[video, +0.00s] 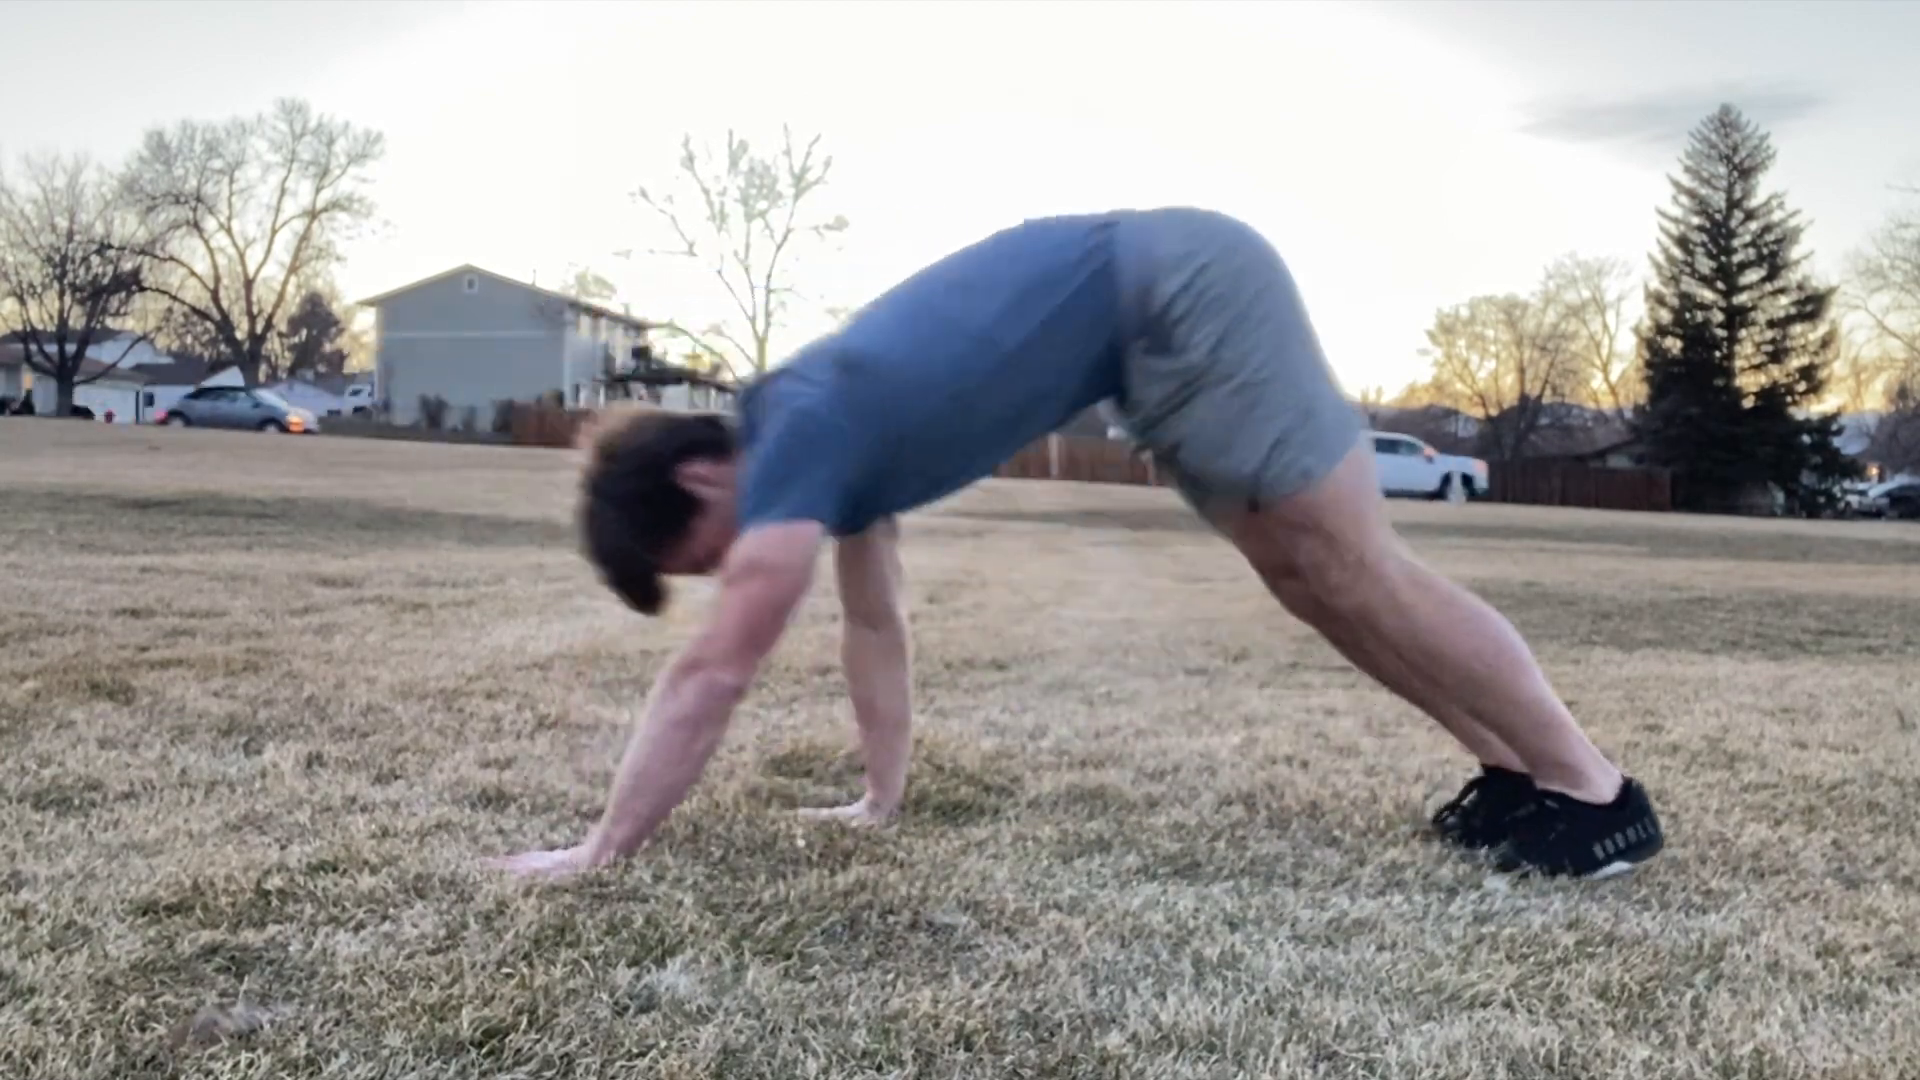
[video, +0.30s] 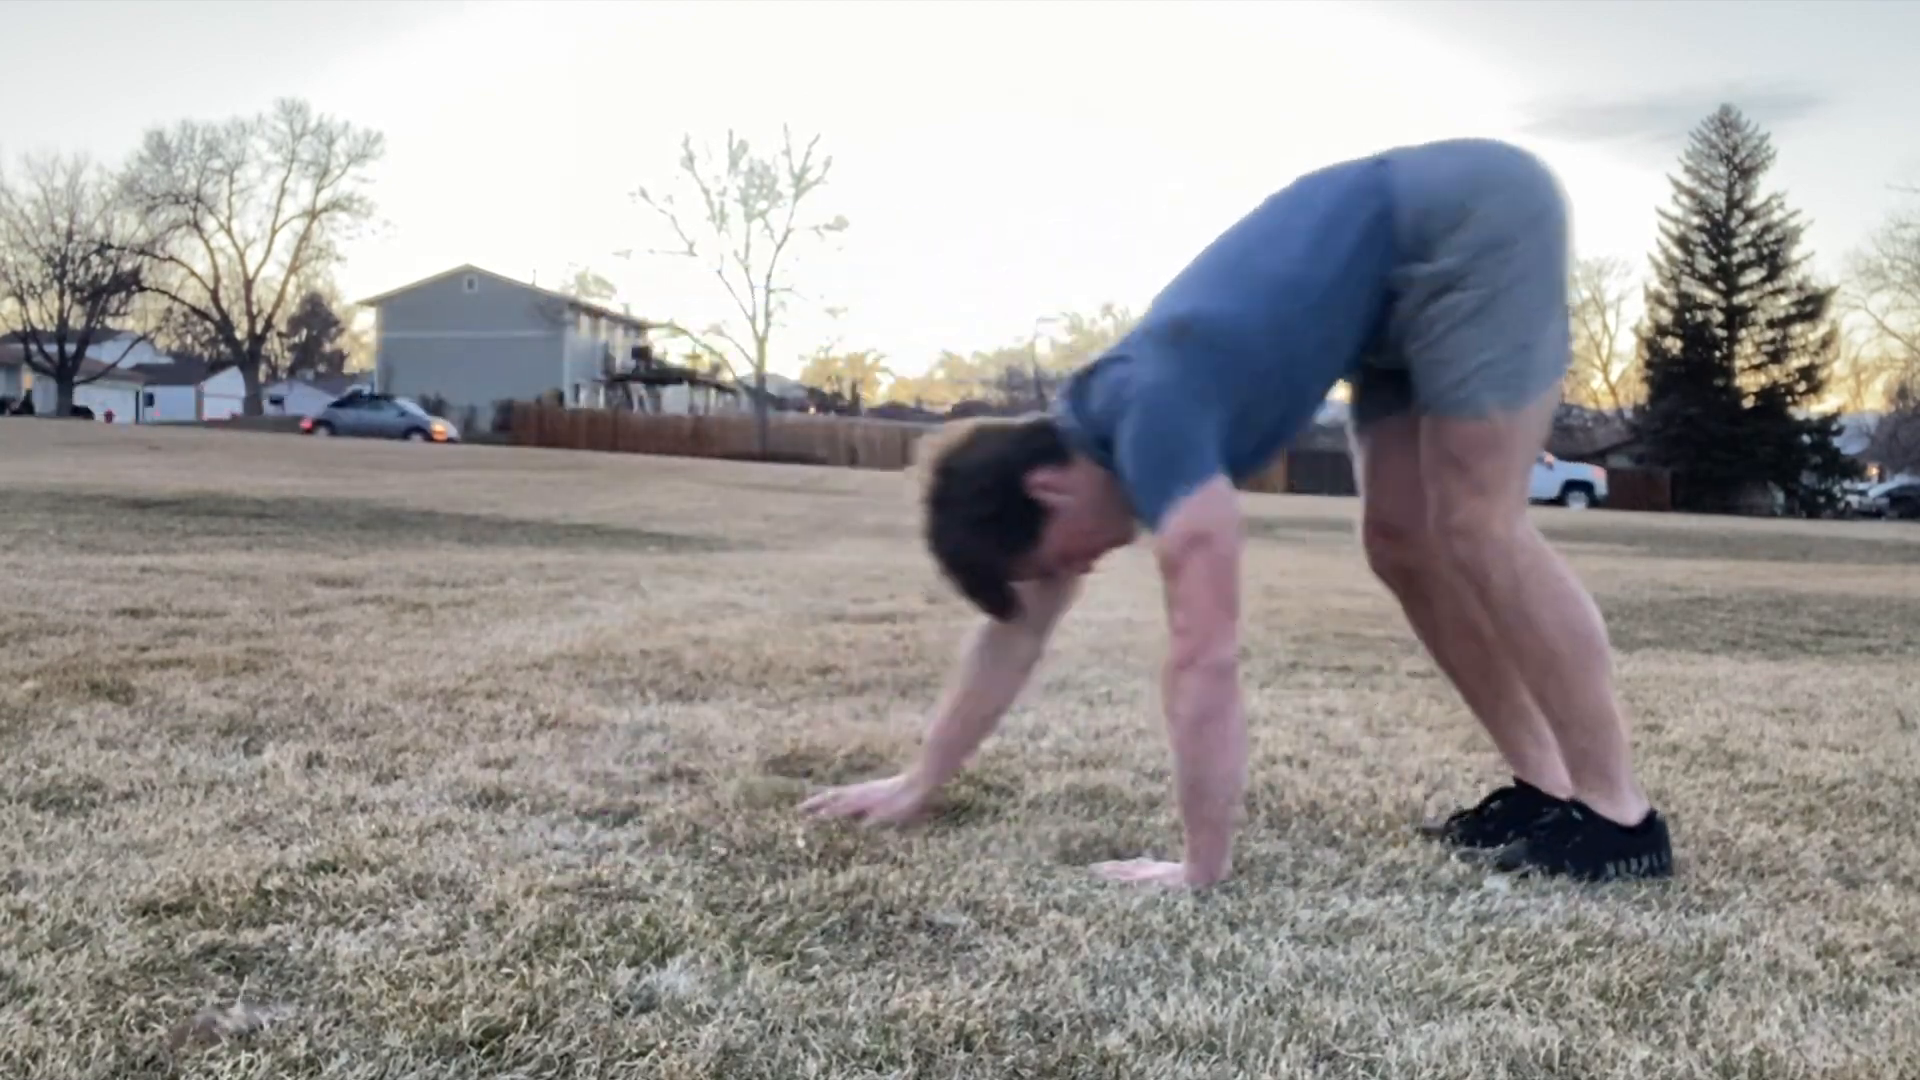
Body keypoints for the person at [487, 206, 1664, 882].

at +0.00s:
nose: (723, 570)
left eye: (703, 554)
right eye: (705, 563)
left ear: (699, 485)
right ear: (707, 479)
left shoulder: (795, 426)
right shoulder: (824, 435)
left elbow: (717, 668)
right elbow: (874, 629)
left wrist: (604, 847)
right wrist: (885, 798)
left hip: (1184, 285)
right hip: (1149, 328)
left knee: (1355, 575)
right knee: (1313, 584)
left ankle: (1598, 796)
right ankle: (1525, 775)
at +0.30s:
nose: (1078, 577)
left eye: (1056, 560)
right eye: (1053, 579)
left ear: (1048, 492)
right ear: (1042, 481)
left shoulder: (1159, 418)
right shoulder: (1080, 429)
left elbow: (1206, 661)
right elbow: (1015, 631)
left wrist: (1200, 869)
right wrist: (920, 785)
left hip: (1476, 209)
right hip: (1395, 254)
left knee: (1475, 526)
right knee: (1402, 544)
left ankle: (1621, 816)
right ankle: (1547, 790)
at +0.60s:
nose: (1240, 505)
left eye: (1221, 486)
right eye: (1218, 501)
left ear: (1230, 411)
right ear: (1230, 400)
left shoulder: (1366, 340)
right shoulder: (1273, 367)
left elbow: (1424, 584)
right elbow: (1288, 583)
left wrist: (1348, 764)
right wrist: (1276, 767)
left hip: (1670, 216)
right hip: (1558, 258)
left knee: (1599, 512)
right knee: (1504, 521)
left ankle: (1642, 826)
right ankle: (1563, 791)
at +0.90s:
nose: (1244, 438)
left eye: (1226, 416)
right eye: (1220, 431)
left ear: (1252, 341)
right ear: (1250, 335)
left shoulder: (1404, 308)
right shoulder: (1322, 343)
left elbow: (1479, 547)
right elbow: (1322, 532)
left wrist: (1501, 752)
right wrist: (1297, 712)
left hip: (1722, 224)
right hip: (1612, 259)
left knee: (1621, 509)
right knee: (1540, 506)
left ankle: (1646, 824)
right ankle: (1571, 791)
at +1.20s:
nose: (1189, 452)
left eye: (1173, 429)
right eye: (1168, 444)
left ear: (1209, 357)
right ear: (1217, 350)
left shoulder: (1319, 325)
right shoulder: (1300, 347)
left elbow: (1225, 558)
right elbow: (1374, 539)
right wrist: (1427, 714)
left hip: (1680, 215)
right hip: (1575, 261)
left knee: (1593, 515)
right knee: (1510, 516)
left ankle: (1645, 827)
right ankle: (1571, 788)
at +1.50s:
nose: (1006, 504)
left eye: (995, 479)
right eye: (988, 489)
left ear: (1038, 415)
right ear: (1033, 409)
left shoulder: (1162, 391)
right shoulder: (1095, 391)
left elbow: (1182, 645)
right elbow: (1010, 584)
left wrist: (1145, 851)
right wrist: (895, 729)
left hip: (1507, 221)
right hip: (1421, 262)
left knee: (1490, 537)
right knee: (1424, 553)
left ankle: (1636, 824)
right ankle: (1559, 797)